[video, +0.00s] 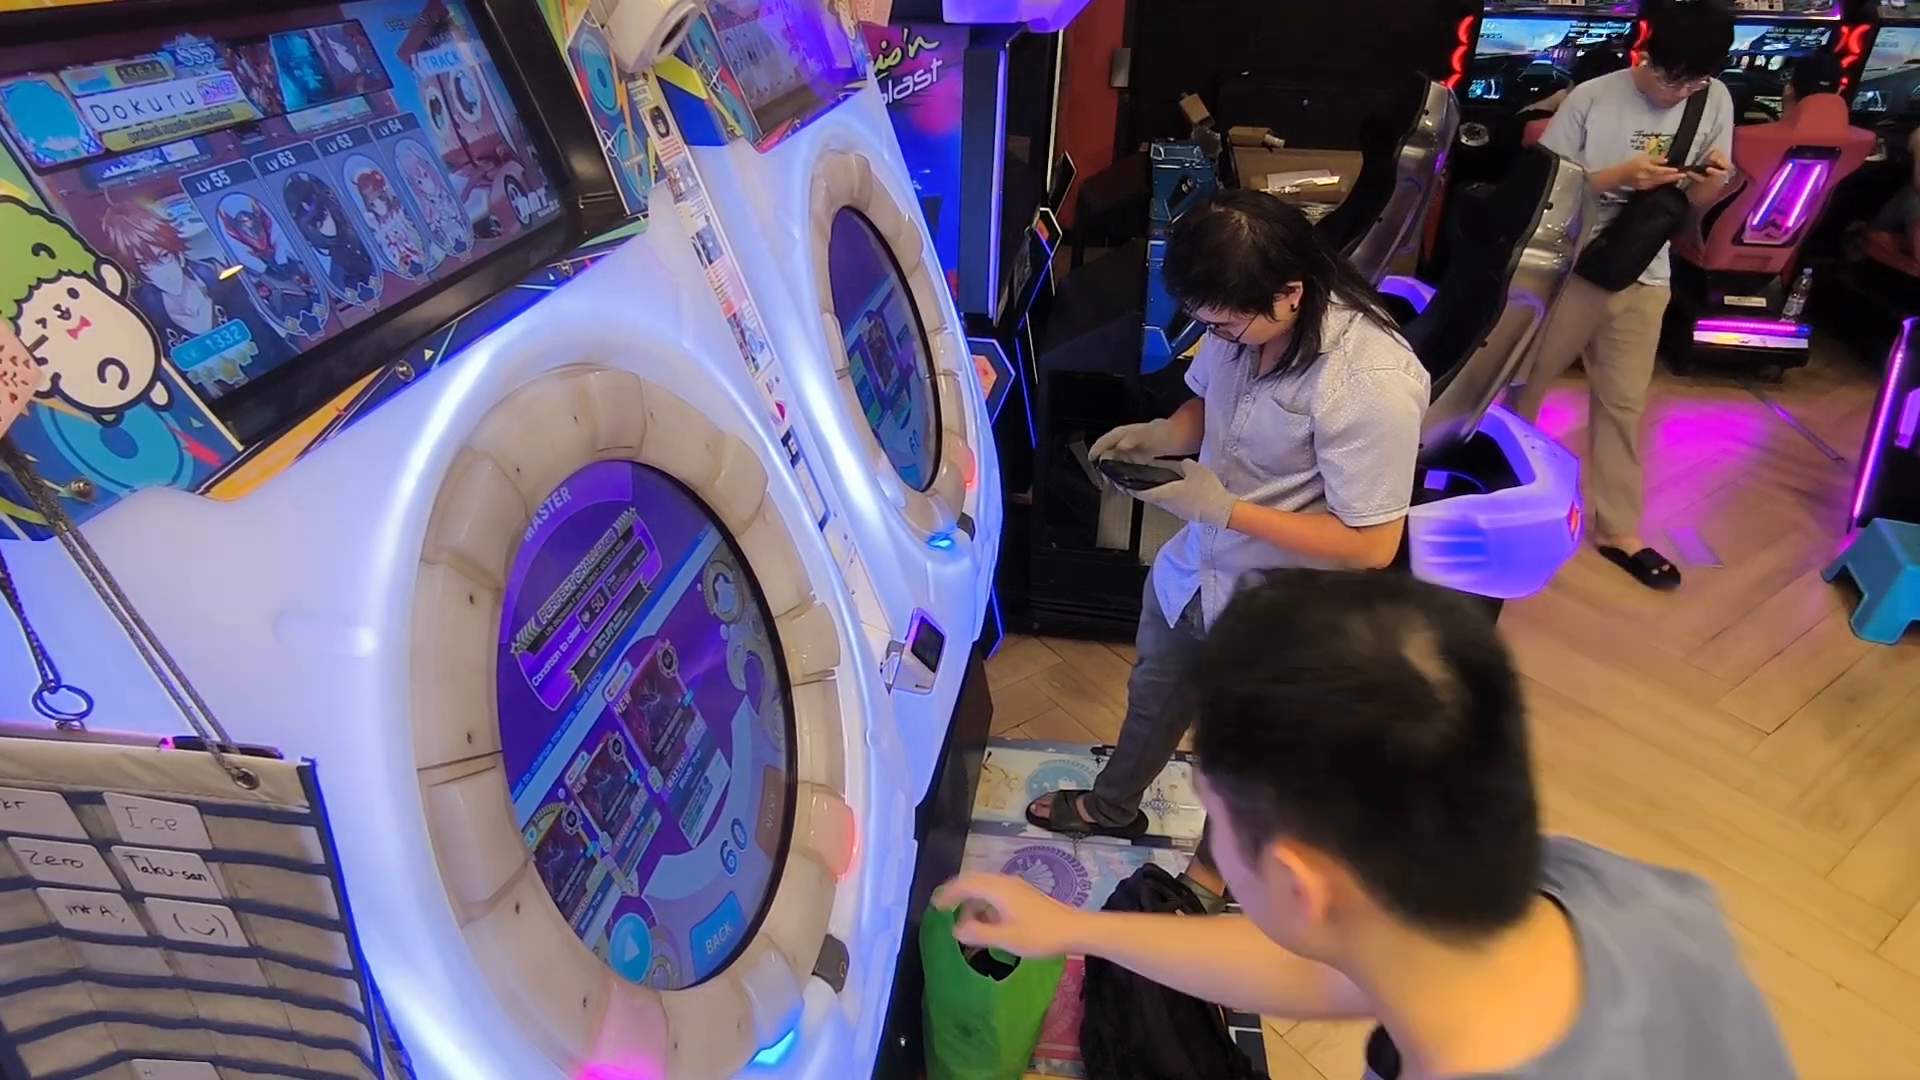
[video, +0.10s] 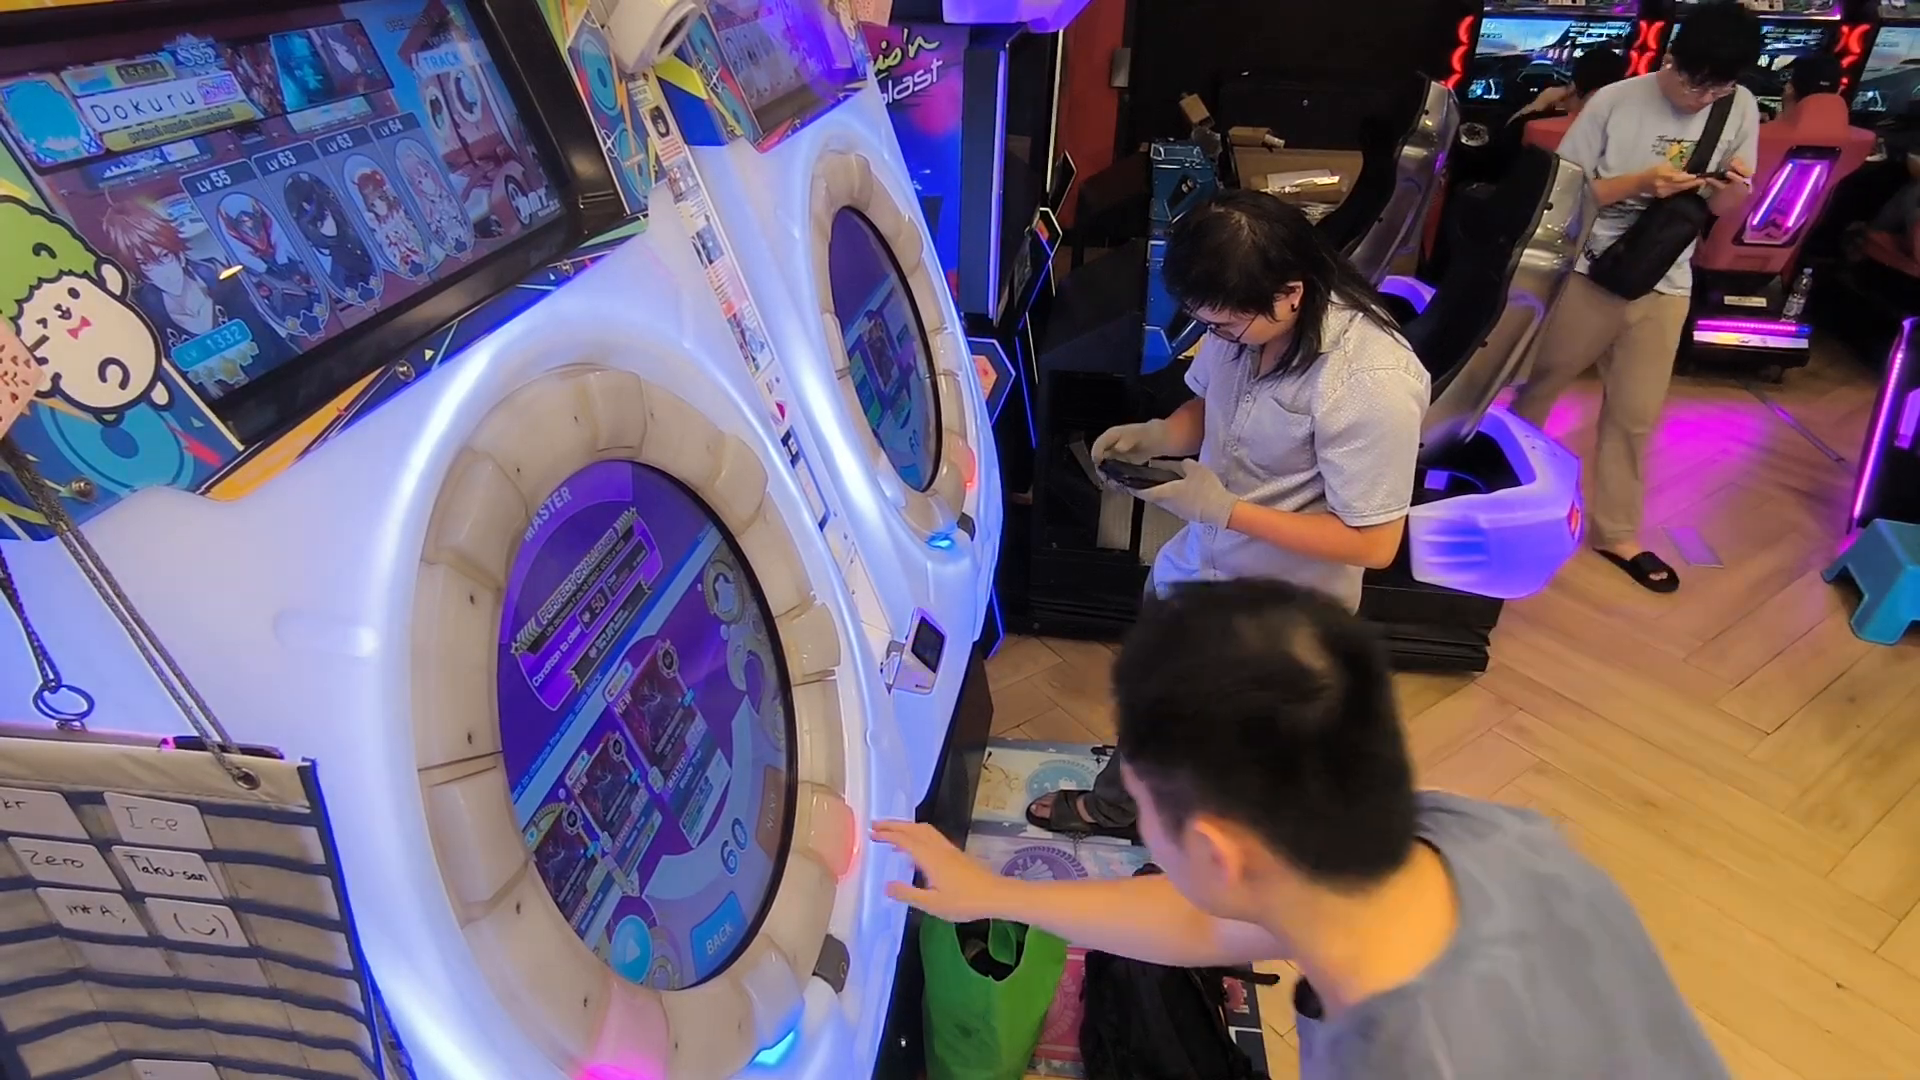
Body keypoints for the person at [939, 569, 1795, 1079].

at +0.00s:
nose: (1209, 824)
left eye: (1216, 804)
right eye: (1214, 800)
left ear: (1304, 886)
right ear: (1484, 768)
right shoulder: (1590, 890)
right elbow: (1328, 971)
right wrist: (1076, 931)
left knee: (1128, 986)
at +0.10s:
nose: (1141, 829)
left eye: (1142, 806)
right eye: (1138, 802)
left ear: (1218, 850)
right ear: (1362, 746)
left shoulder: (1372, 1070)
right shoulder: (1491, 837)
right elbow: (1211, 921)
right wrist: (992, 894)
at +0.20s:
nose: (1077, 838)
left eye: (1075, 818)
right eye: (1070, 815)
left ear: (1142, 854)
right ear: (1261, 746)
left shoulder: (1276, 1059)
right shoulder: (1375, 817)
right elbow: (1173, 917)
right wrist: (969, 898)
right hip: (1644, 1041)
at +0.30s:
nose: (1030, 871)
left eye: (1028, 852)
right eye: (1020, 852)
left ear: (1076, 873)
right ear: (1191, 776)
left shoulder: (1195, 1058)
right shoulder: (1323, 824)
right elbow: (1201, 953)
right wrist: (1012, 938)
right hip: (1635, 1052)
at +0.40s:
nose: (1023, 919)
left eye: (1015, 899)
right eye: (1008, 899)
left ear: (1052, 912)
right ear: (1161, 819)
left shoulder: (1148, 1064)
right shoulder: (1297, 852)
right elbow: (1234, 973)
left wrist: (1071, 1038)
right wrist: (1084, 1005)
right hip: (1627, 1063)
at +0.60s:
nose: (1027, 987)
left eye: (1016, 967)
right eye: (1011, 968)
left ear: (1049, 972)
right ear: (1140, 882)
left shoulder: (1127, 1066)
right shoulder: (1282, 904)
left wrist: (1064, 1052)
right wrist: (1084, 1032)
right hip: (1587, 1060)